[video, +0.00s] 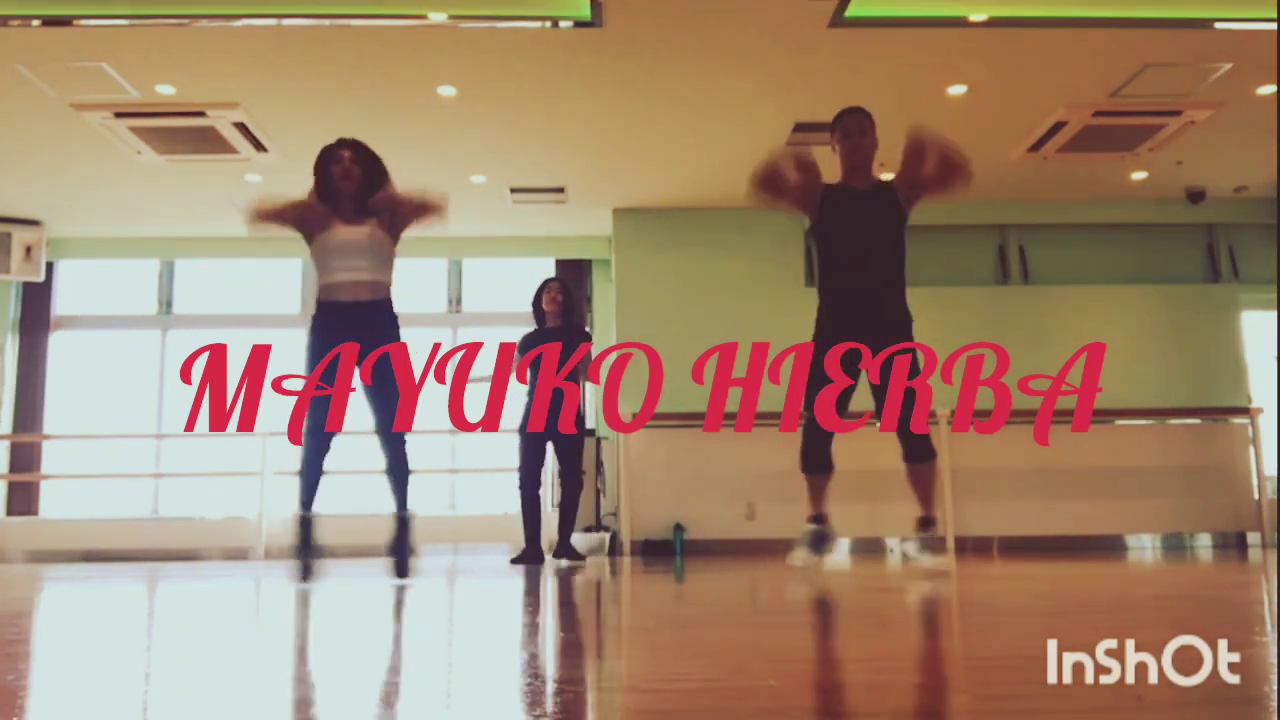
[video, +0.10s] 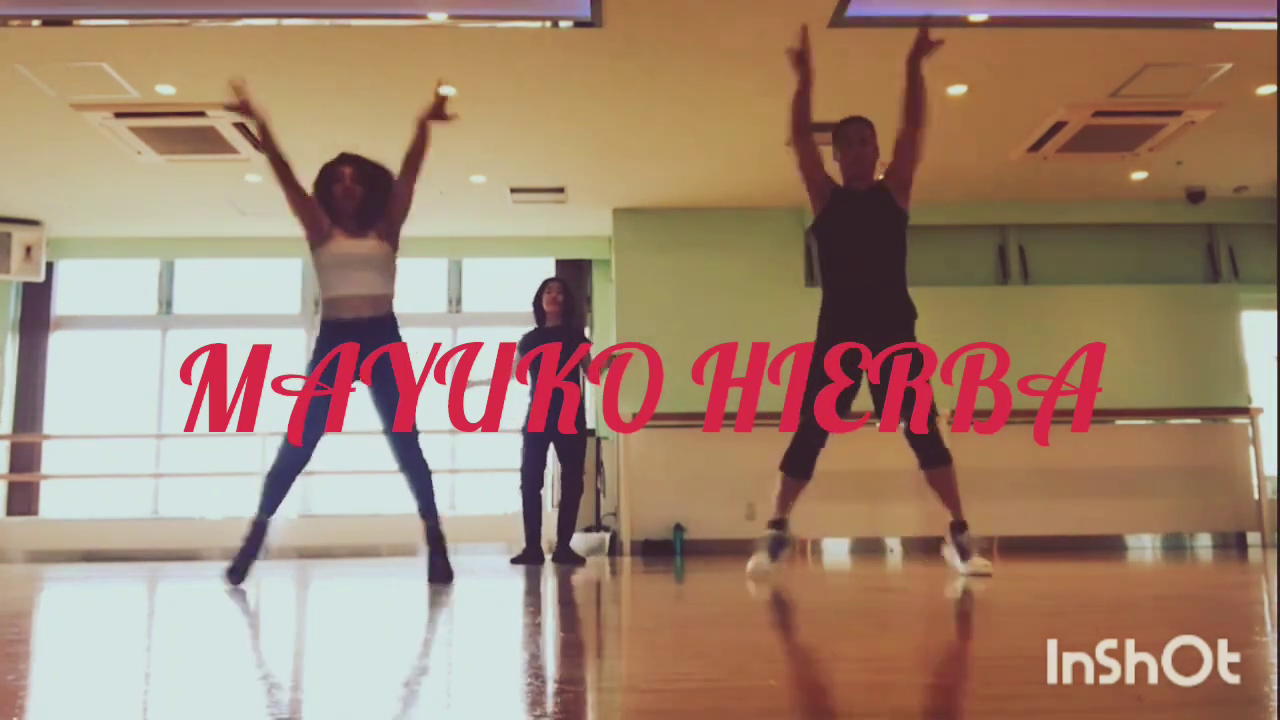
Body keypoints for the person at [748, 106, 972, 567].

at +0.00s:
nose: (856, 143)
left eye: (863, 134)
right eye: (847, 136)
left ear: (876, 141)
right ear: (834, 145)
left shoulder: (898, 192)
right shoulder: (819, 197)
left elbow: (957, 174)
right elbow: (763, 182)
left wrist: (926, 146)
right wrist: (789, 168)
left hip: (889, 324)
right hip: (836, 327)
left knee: (913, 424)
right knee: (816, 428)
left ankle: (927, 525)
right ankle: (818, 526)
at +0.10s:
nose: (856, 151)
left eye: (863, 143)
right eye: (848, 144)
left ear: (878, 152)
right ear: (835, 154)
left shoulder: (893, 196)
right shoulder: (827, 201)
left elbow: (912, 129)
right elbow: (800, 140)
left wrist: (915, 65)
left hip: (892, 332)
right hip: (839, 333)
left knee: (925, 434)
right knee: (809, 435)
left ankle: (961, 533)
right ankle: (777, 530)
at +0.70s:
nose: (857, 171)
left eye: (864, 163)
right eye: (849, 162)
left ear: (875, 170)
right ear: (834, 169)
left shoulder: (891, 215)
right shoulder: (819, 218)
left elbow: (918, 158)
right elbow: (789, 160)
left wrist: (874, 134)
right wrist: (828, 126)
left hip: (887, 348)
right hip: (835, 349)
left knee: (920, 447)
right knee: (806, 450)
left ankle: (958, 546)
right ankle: (770, 547)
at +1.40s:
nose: (860, 178)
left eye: (867, 170)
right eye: (851, 170)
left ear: (877, 177)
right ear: (834, 177)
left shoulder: (889, 228)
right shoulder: (817, 234)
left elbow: (932, 225)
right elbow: (774, 209)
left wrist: (906, 191)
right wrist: (810, 192)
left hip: (892, 355)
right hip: (838, 356)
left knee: (931, 447)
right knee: (805, 451)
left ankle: (959, 545)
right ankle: (771, 546)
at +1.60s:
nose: (862, 185)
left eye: (869, 177)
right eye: (853, 177)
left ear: (878, 183)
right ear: (837, 181)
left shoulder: (890, 238)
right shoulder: (813, 232)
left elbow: (907, 298)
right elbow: (786, 274)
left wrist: (908, 245)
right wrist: (810, 229)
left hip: (897, 358)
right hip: (844, 360)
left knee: (937, 448)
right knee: (813, 453)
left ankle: (959, 546)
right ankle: (772, 546)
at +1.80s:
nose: (857, 205)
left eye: (864, 196)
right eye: (848, 195)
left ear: (872, 200)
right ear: (829, 197)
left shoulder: (877, 259)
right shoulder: (804, 248)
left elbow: (889, 314)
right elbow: (766, 297)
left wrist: (895, 307)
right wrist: (817, 291)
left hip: (891, 369)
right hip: (838, 373)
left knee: (938, 452)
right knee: (807, 460)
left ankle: (960, 547)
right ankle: (771, 549)